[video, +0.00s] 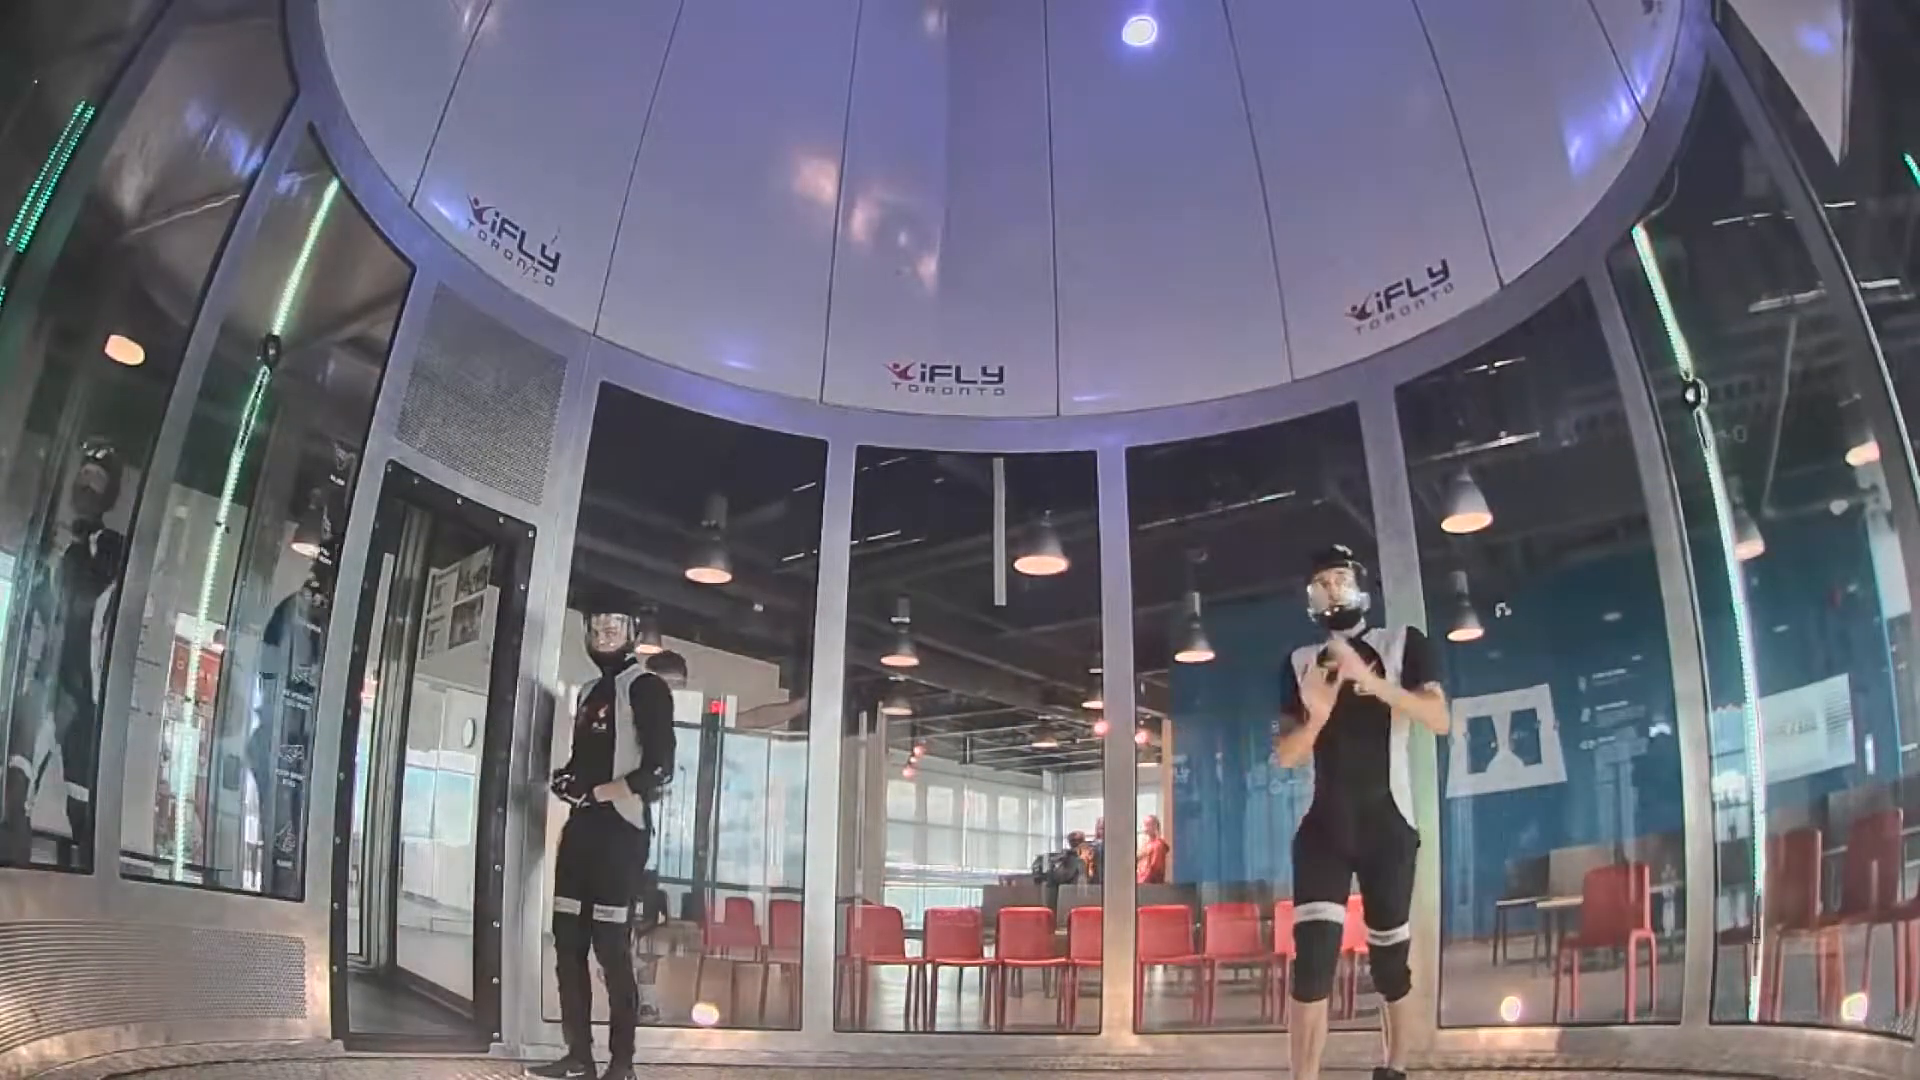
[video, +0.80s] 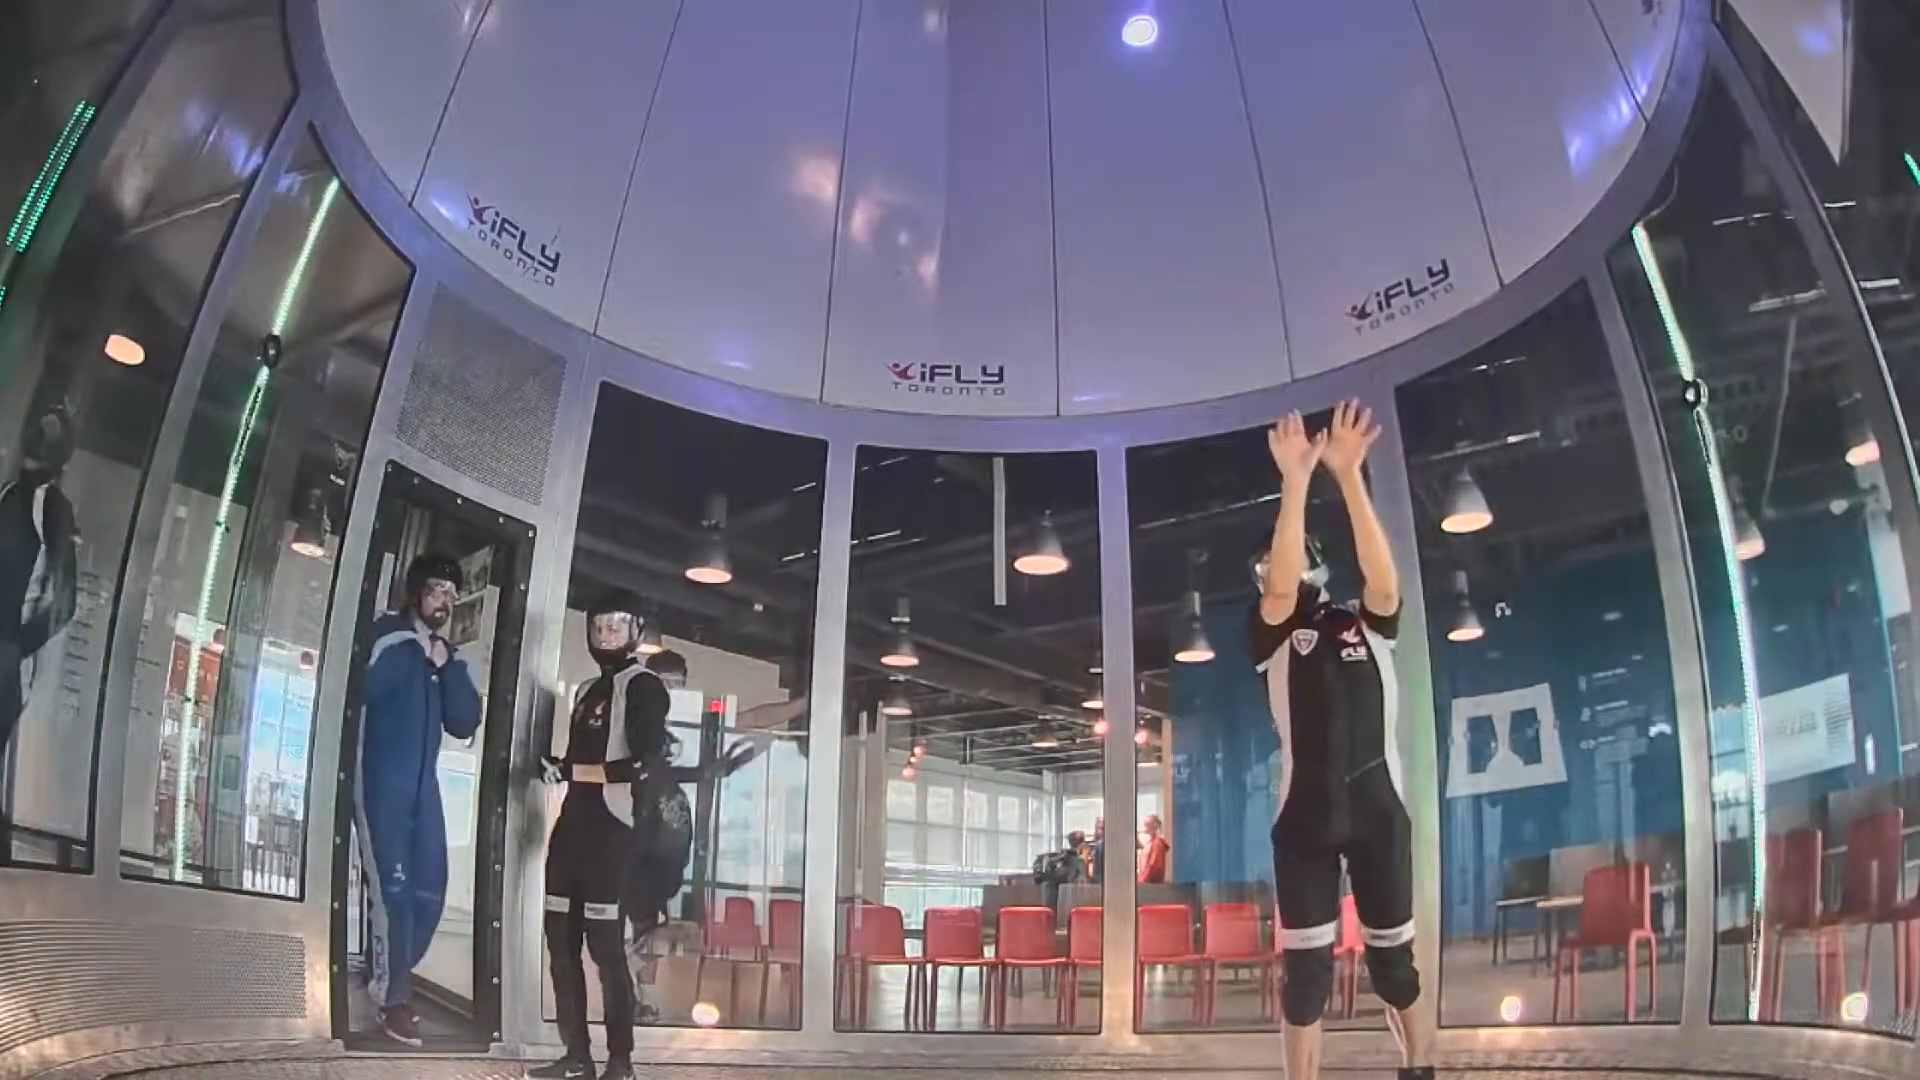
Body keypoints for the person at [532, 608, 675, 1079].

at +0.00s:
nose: (605, 633)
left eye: (614, 626)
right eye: (598, 627)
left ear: (631, 632)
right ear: (590, 634)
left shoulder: (646, 686)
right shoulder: (590, 691)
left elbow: (661, 767)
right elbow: (584, 759)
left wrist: (599, 790)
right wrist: (568, 778)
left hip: (622, 827)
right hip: (581, 822)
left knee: (611, 943)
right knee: (568, 942)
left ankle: (621, 1061)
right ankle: (579, 1056)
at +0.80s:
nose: (607, 636)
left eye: (617, 628)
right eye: (600, 628)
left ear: (635, 637)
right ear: (590, 635)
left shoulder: (644, 686)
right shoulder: (590, 690)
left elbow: (650, 762)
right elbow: (583, 763)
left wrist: (600, 774)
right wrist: (554, 769)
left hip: (616, 822)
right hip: (573, 820)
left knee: (605, 940)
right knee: (560, 939)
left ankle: (618, 1058)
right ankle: (577, 1055)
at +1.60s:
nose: (563, 620)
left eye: (573, 612)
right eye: (556, 612)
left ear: (593, 617)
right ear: (549, 619)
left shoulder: (606, 671)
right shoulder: (550, 676)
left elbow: (570, 731)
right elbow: (529, 740)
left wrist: (533, 694)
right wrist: (518, 710)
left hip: (580, 820)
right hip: (539, 817)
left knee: (579, 933)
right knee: (539, 931)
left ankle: (612, 1053)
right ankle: (572, 1051)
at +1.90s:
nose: (543, 624)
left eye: (551, 614)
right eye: (542, 614)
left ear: (579, 613)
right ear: (561, 616)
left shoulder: (603, 671)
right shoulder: (549, 675)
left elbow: (580, 732)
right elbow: (532, 738)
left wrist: (529, 695)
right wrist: (504, 705)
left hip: (581, 820)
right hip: (541, 817)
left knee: (583, 932)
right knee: (543, 931)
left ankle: (613, 1054)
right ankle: (574, 1051)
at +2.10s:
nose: (545, 625)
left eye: (552, 615)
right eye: (543, 615)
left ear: (579, 613)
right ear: (566, 615)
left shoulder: (605, 672)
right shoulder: (552, 676)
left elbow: (624, 743)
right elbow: (541, 737)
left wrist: (555, 740)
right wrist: (516, 737)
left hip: (581, 822)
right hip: (541, 819)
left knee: (584, 937)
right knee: (546, 935)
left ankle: (613, 1055)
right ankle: (575, 1053)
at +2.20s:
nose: (552, 624)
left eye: (560, 614)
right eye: (551, 615)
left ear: (587, 614)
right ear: (569, 617)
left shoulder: (612, 672)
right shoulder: (557, 678)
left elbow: (627, 748)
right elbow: (552, 744)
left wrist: (557, 746)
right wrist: (512, 746)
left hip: (586, 817)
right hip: (545, 813)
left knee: (587, 934)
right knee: (545, 930)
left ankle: (614, 1055)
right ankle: (575, 1052)